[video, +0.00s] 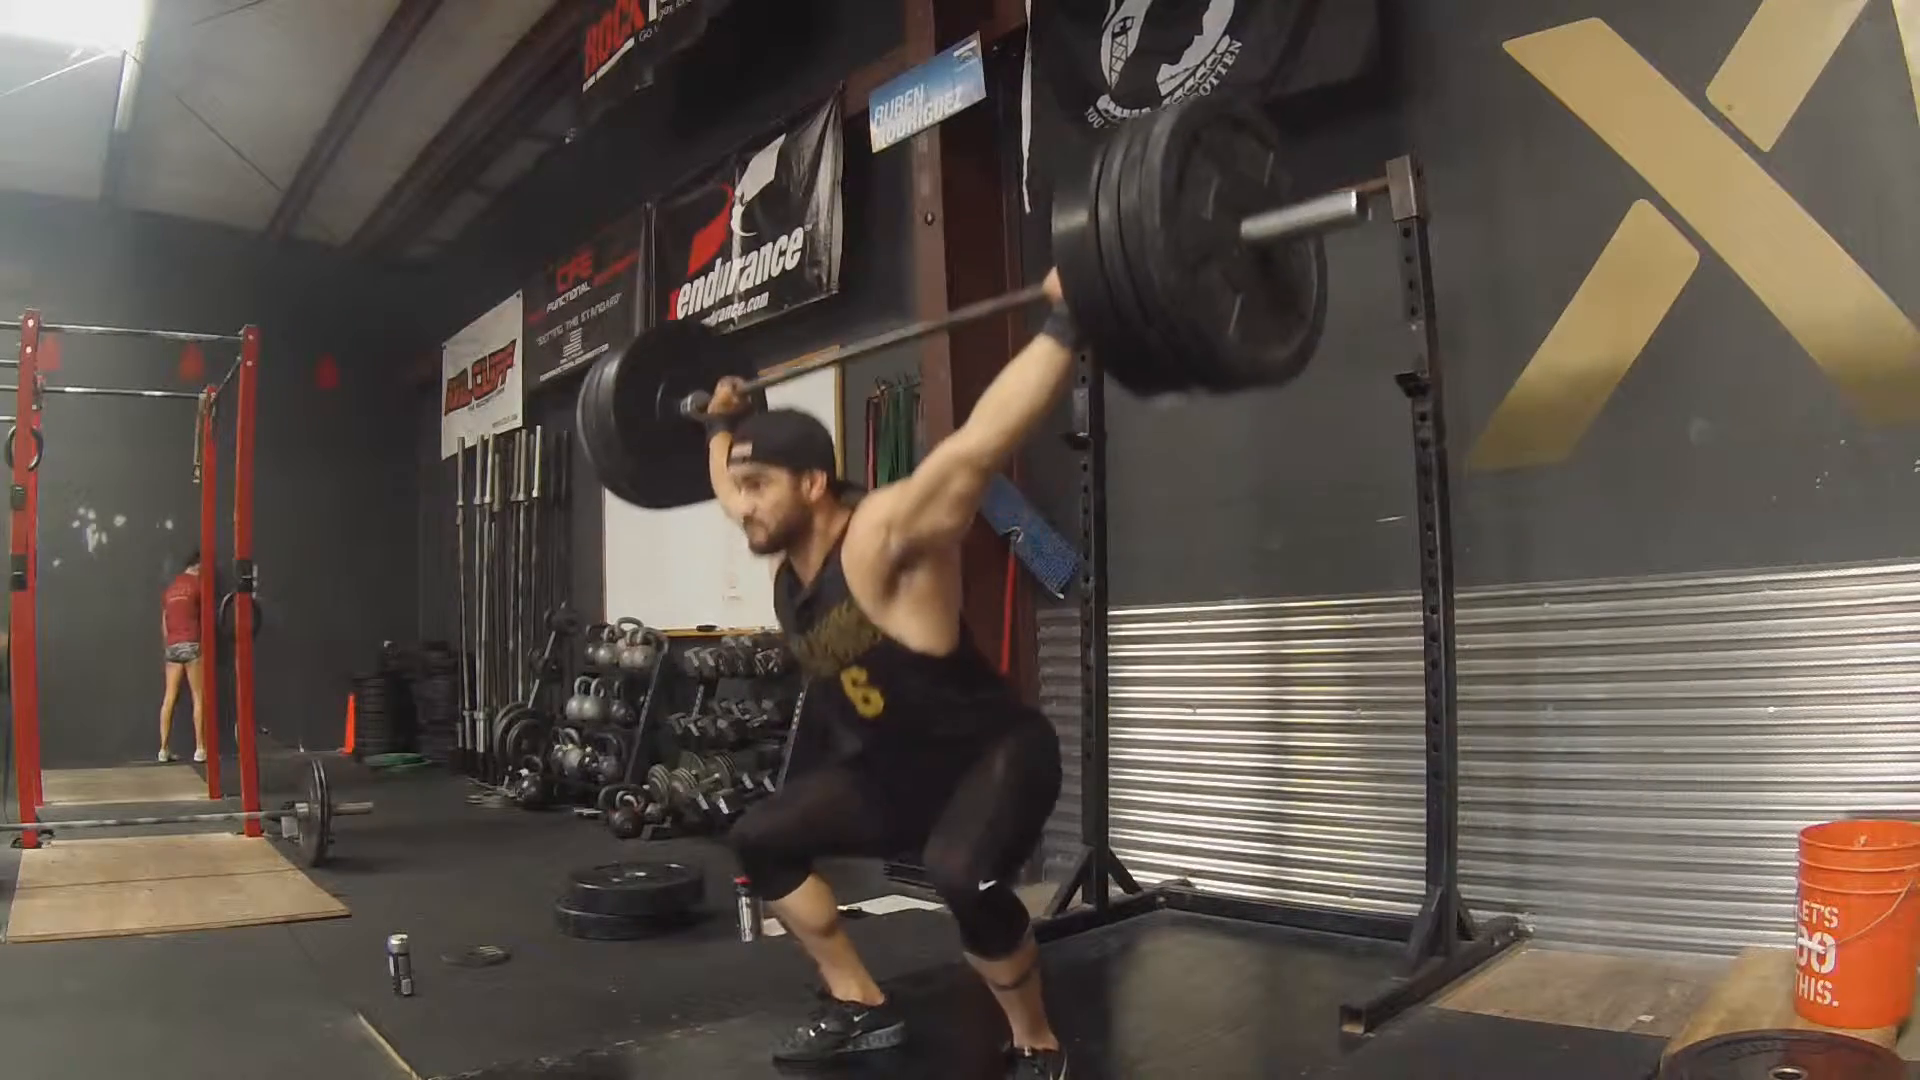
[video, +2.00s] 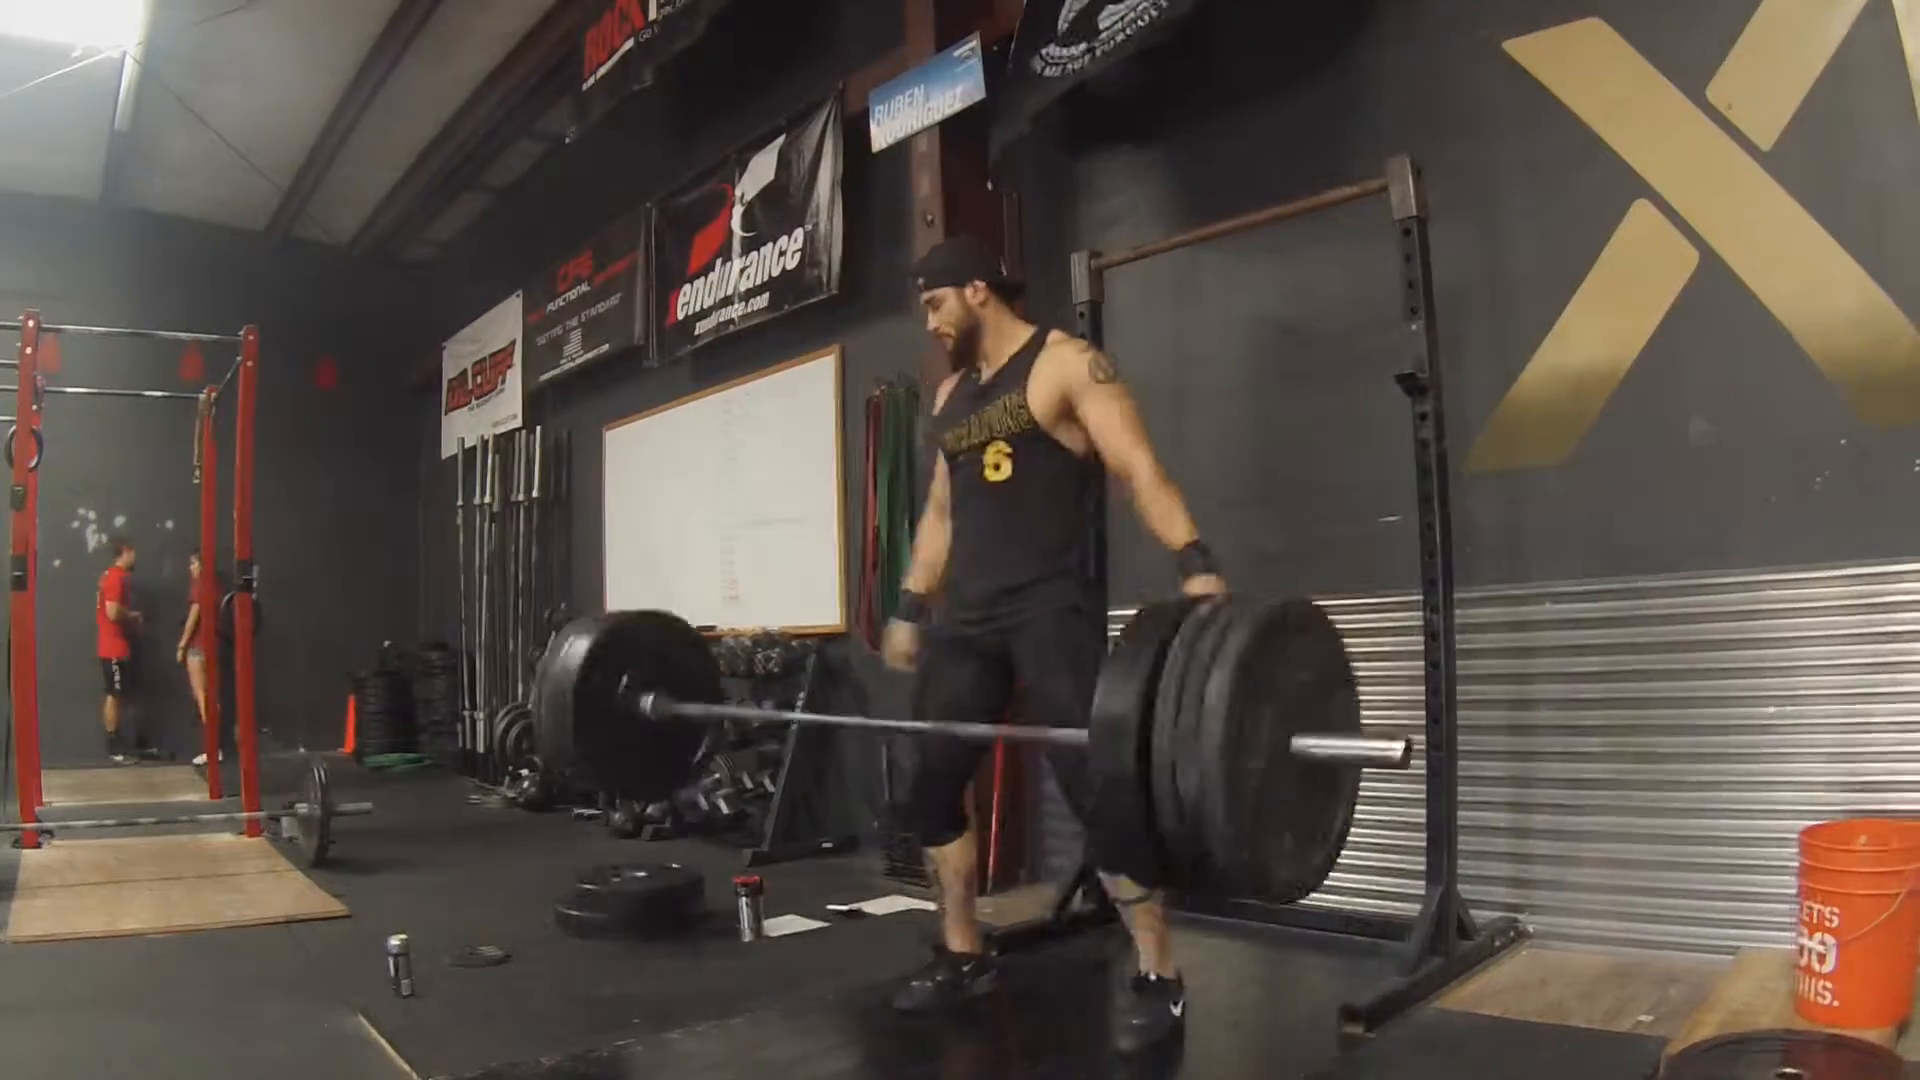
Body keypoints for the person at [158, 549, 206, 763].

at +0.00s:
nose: (203, 572)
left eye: (202, 568)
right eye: (203, 568)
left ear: (186, 566)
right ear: (197, 566)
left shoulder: (170, 588)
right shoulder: (198, 584)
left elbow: (164, 619)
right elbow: (205, 613)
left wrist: (167, 642)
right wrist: (207, 638)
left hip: (172, 643)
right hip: (192, 641)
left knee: (169, 697)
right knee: (198, 697)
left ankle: (163, 748)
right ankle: (200, 747)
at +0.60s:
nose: (172, 564)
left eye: (174, 560)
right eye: (173, 560)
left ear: (180, 562)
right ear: (192, 562)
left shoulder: (168, 583)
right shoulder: (201, 583)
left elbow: (160, 616)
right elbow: (207, 613)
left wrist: (170, 632)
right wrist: (203, 633)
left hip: (172, 642)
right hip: (194, 641)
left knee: (170, 696)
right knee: (200, 695)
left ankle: (164, 745)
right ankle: (201, 743)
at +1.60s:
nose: (189, 566)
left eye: (192, 562)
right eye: (190, 561)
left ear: (202, 563)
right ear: (205, 564)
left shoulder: (196, 582)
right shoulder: (216, 584)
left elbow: (192, 612)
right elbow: (219, 615)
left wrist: (183, 643)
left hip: (195, 645)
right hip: (213, 645)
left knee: (187, 696)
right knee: (213, 696)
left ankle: (186, 747)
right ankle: (215, 748)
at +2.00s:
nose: (191, 568)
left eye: (194, 563)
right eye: (191, 564)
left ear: (203, 565)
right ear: (205, 565)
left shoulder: (199, 586)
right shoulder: (216, 586)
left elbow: (194, 615)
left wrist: (182, 644)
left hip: (199, 646)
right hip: (214, 644)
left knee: (201, 696)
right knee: (213, 696)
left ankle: (211, 747)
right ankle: (215, 745)